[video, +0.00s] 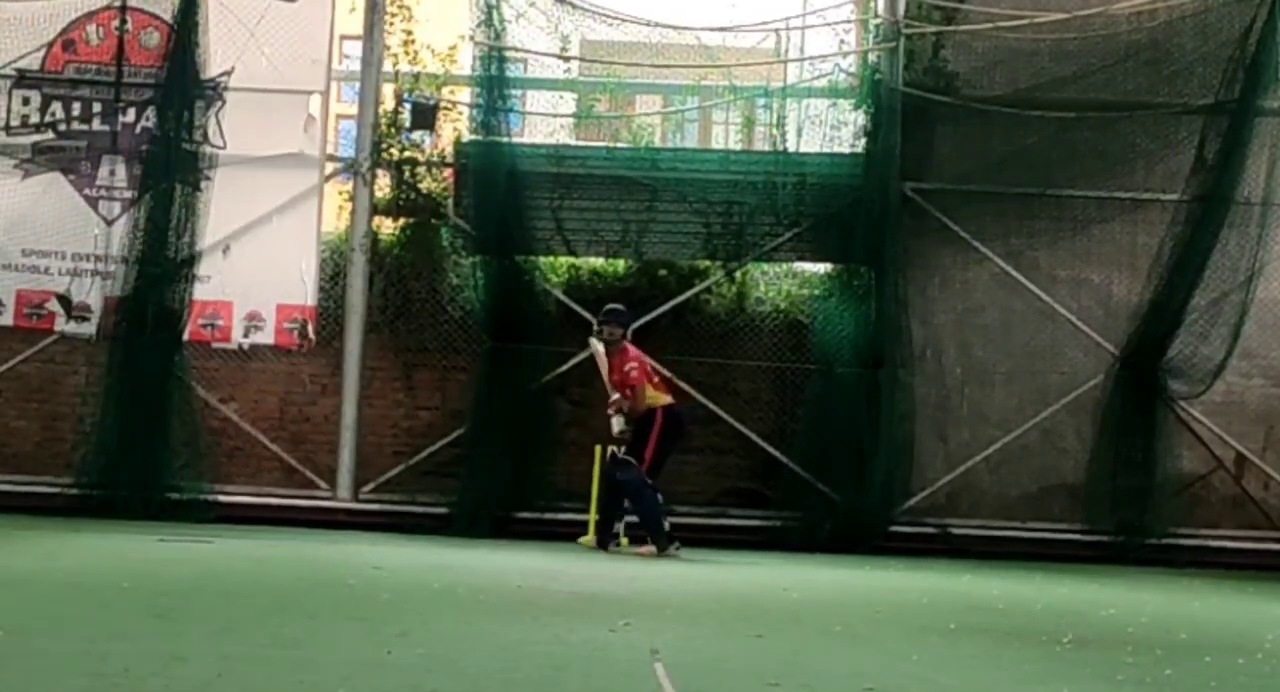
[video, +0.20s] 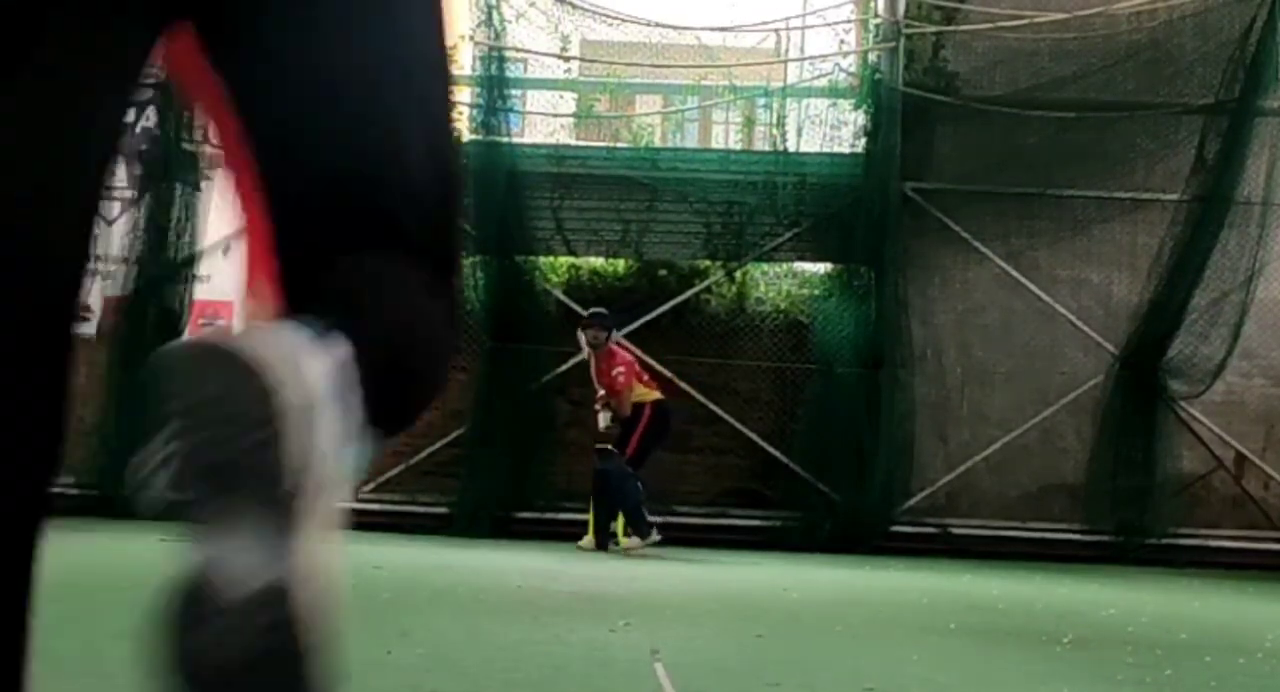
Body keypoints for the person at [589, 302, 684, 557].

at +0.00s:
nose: (609, 333)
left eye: (615, 328)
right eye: (605, 327)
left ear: (625, 331)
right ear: (599, 330)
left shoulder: (630, 360)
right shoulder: (611, 356)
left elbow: (639, 404)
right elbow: (614, 387)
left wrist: (622, 404)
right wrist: (616, 412)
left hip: (661, 411)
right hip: (642, 412)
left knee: (636, 473)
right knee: (616, 469)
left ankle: (661, 540)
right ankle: (603, 535)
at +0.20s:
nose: (594, 335)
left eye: (600, 330)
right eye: (589, 330)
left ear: (609, 333)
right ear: (584, 333)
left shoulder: (620, 360)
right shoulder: (596, 356)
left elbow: (625, 409)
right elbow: (604, 384)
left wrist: (609, 398)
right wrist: (605, 398)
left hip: (651, 405)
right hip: (630, 405)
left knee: (622, 465)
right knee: (609, 463)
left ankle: (642, 530)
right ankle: (598, 533)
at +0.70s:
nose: (557, 365)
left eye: (560, 358)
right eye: (555, 359)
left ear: (573, 351)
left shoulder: (597, 351)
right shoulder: (571, 381)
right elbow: (585, 415)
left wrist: (577, 388)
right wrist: (574, 427)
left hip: (630, 414)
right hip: (603, 422)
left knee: (616, 471)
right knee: (600, 474)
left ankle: (593, 532)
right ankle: (606, 532)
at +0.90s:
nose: (545, 370)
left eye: (548, 364)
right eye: (544, 365)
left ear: (561, 358)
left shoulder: (590, 366)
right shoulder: (564, 384)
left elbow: (590, 334)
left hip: (627, 425)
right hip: (603, 432)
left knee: (607, 478)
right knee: (597, 480)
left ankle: (592, 537)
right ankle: (600, 535)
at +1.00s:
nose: (570, 359)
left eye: (571, 353)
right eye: (564, 355)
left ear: (579, 351)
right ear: (559, 362)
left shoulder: (592, 362)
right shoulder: (563, 385)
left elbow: (592, 319)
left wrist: (573, 337)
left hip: (621, 427)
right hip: (596, 435)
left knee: (603, 476)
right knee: (590, 482)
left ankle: (590, 536)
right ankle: (599, 529)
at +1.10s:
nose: (570, 357)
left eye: (572, 350)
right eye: (564, 355)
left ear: (579, 348)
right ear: (559, 360)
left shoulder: (593, 359)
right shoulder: (562, 383)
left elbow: (594, 316)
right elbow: (546, 393)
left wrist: (572, 333)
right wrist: (550, 368)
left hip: (617, 427)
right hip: (592, 435)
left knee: (600, 477)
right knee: (586, 481)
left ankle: (589, 536)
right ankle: (597, 529)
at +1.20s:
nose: (570, 354)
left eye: (572, 348)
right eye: (564, 352)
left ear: (579, 347)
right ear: (558, 358)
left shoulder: (593, 360)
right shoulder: (561, 382)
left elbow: (596, 315)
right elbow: (551, 392)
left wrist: (572, 330)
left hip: (615, 427)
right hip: (590, 435)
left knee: (598, 475)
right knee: (585, 482)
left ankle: (588, 536)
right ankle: (596, 530)